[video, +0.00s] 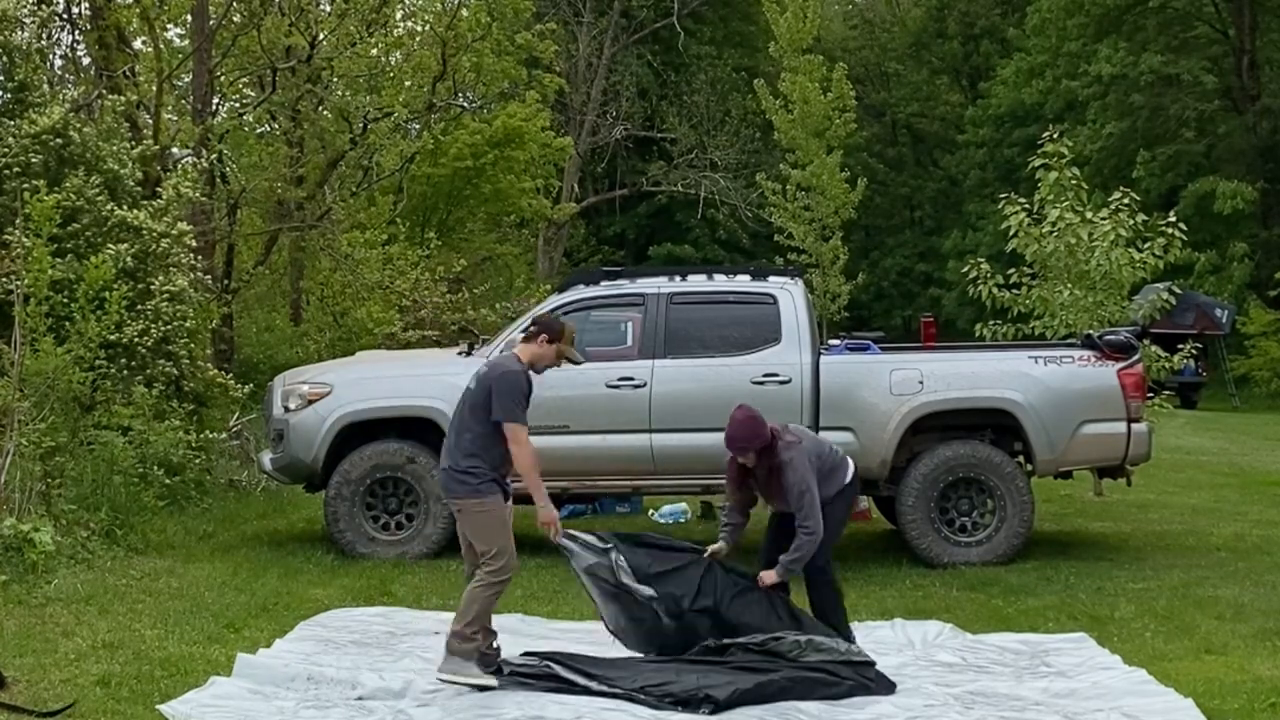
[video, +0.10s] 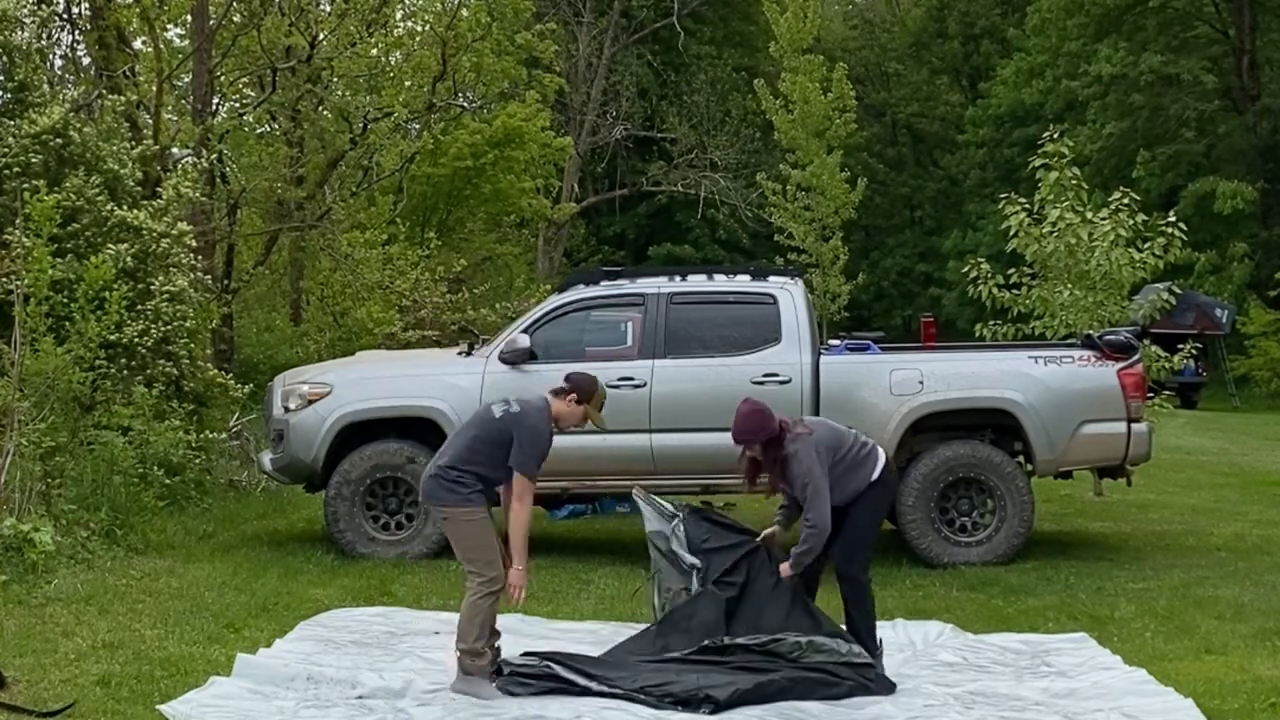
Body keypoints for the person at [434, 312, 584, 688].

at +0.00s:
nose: (556, 363)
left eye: (560, 358)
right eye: (558, 355)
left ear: (539, 340)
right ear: (542, 342)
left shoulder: (504, 368)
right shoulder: (511, 373)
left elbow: (509, 441)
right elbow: (518, 442)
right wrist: (544, 503)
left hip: (469, 481)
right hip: (475, 483)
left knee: (479, 568)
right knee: (499, 564)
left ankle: (482, 654)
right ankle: (459, 657)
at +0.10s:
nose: (582, 424)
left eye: (587, 418)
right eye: (585, 415)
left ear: (568, 397)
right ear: (570, 399)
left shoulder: (530, 414)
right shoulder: (535, 424)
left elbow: (511, 493)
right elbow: (520, 500)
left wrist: (514, 553)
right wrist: (519, 566)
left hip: (459, 488)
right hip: (453, 490)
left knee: (490, 574)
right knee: (488, 577)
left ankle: (483, 664)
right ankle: (471, 674)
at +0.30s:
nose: (593, 508)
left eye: (597, 503)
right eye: (595, 500)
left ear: (579, 484)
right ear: (581, 485)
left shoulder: (551, 506)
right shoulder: (535, 490)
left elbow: (548, 576)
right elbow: (502, 555)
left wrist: (554, 641)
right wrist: (503, 613)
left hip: (466, 515)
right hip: (433, 510)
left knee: (513, 576)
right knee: (482, 583)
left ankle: (490, 668)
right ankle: (465, 682)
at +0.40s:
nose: (585, 436)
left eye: (587, 429)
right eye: (585, 427)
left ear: (565, 417)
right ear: (567, 418)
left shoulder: (539, 453)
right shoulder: (529, 431)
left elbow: (535, 523)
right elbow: (508, 467)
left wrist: (548, 584)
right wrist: (556, 501)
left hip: (461, 506)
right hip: (436, 503)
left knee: (498, 577)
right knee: (480, 584)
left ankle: (490, 668)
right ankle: (466, 681)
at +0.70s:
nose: (441, 343)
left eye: (442, 336)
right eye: (436, 336)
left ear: (413, 336)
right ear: (411, 336)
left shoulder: (399, 371)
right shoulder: (407, 383)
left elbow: (423, 435)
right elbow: (412, 460)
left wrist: (448, 461)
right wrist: (445, 495)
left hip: (381, 495)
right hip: (397, 498)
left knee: (383, 588)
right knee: (438, 582)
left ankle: (330, 664)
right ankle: (468, 675)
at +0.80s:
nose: (377, 332)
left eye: (383, 325)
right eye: (370, 324)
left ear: (391, 327)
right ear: (355, 324)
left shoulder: (393, 363)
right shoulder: (341, 369)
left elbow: (399, 420)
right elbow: (345, 439)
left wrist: (413, 442)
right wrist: (399, 455)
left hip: (362, 476)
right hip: (332, 478)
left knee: (353, 572)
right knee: (387, 547)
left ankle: (328, 663)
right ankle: (364, 645)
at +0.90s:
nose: (331, 325)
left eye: (339, 318)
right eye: (325, 317)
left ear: (355, 320)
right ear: (317, 318)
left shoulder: (370, 362)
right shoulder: (303, 362)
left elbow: (385, 414)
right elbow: (295, 422)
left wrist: (379, 420)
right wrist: (349, 417)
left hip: (342, 477)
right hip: (299, 476)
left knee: (339, 572)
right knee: (315, 564)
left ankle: (328, 667)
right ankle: (255, 641)